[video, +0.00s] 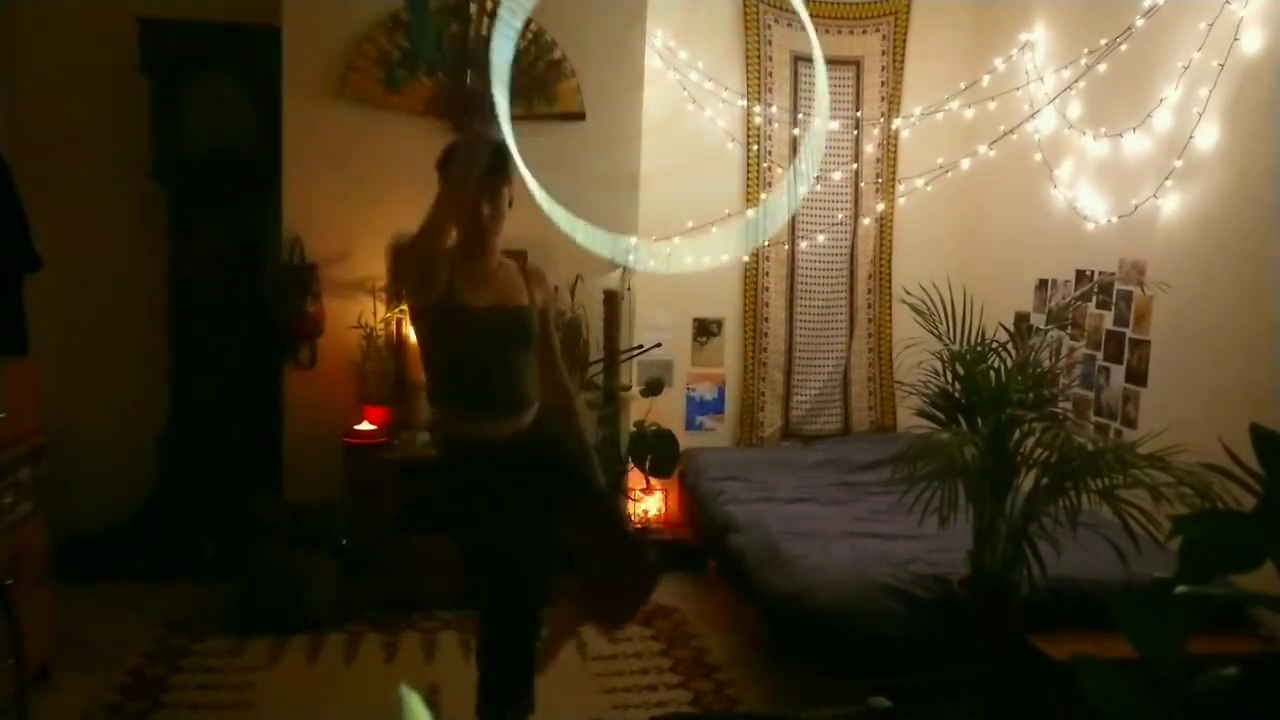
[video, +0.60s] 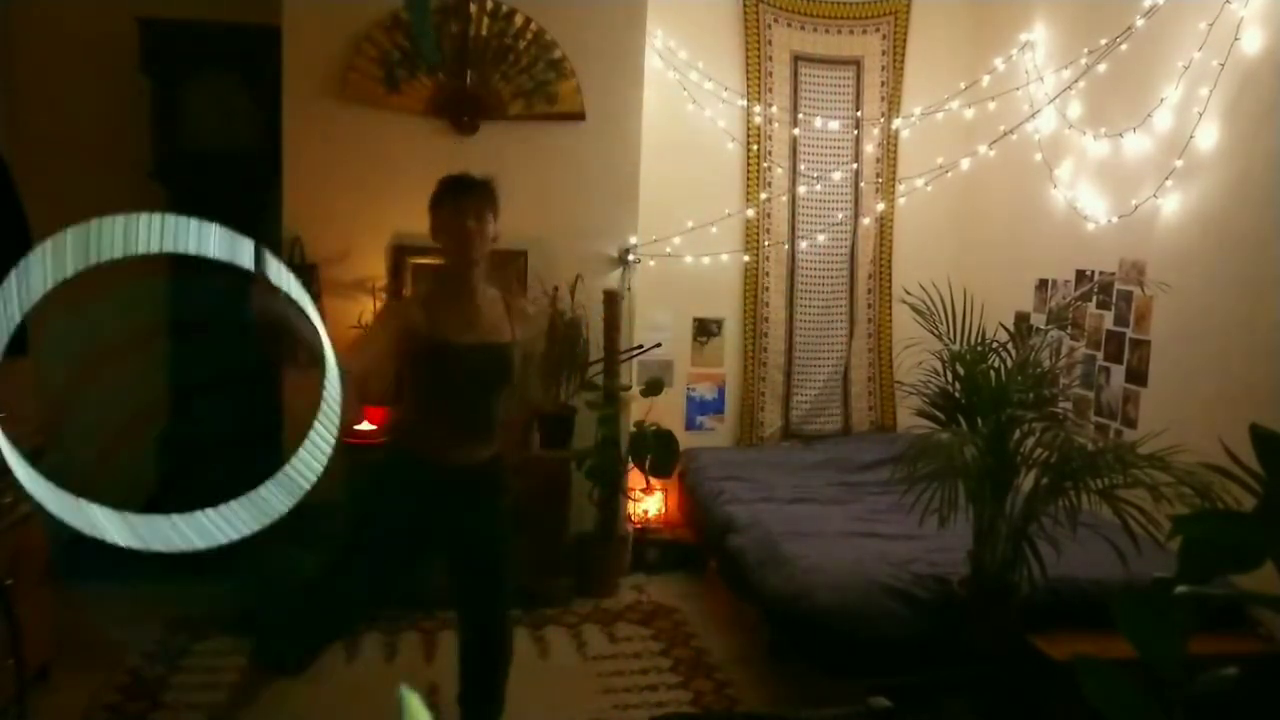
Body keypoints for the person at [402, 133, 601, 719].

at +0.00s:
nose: (487, 210)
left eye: (498, 196)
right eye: (476, 194)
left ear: (511, 202)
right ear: (452, 195)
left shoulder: (527, 274)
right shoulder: (427, 270)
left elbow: (555, 375)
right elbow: (417, 283)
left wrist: (585, 460)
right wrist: (447, 193)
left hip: (531, 452)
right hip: (467, 456)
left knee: (525, 596)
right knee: (497, 599)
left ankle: (510, 706)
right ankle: (503, 707)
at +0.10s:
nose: (484, 211)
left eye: (493, 197)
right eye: (470, 197)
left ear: (508, 201)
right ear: (443, 203)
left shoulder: (523, 285)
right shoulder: (421, 279)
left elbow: (549, 389)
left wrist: (577, 479)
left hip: (527, 457)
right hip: (463, 461)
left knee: (520, 603)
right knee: (487, 601)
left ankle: (512, 705)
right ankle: (495, 708)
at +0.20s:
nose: (479, 215)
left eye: (488, 201)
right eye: (465, 202)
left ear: (502, 205)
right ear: (441, 206)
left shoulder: (530, 283)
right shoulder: (425, 289)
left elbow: (561, 363)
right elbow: (463, 340)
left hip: (525, 457)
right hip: (460, 461)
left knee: (523, 606)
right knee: (483, 602)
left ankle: (507, 707)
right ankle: (488, 707)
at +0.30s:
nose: (483, 211)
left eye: (491, 198)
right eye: (468, 200)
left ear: (508, 205)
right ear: (447, 214)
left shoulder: (545, 287)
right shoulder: (433, 286)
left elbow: (552, 380)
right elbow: (456, 373)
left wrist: (549, 458)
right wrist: (510, 442)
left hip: (525, 461)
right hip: (455, 458)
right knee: (455, 595)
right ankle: (449, 699)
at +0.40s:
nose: (487, 211)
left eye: (495, 198)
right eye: (472, 202)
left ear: (513, 210)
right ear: (452, 219)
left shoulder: (543, 298)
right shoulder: (442, 296)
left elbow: (547, 393)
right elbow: (444, 415)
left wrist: (544, 459)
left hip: (517, 468)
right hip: (457, 467)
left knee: (492, 606)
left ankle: (470, 702)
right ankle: (379, 691)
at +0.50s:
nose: (488, 217)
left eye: (497, 205)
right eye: (473, 207)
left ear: (512, 219)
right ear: (449, 222)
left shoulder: (530, 303)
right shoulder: (433, 301)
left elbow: (529, 392)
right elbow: (408, 400)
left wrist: (530, 451)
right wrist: (370, 445)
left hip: (501, 471)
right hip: (440, 467)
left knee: (491, 604)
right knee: (427, 599)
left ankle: (477, 708)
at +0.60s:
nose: (470, 232)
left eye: (480, 219)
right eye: (457, 219)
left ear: (494, 229)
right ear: (436, 229)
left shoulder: (504, 311)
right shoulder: (410, 313)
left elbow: (519, 394)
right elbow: (356, 377)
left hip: (483, 479)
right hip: (414, 476)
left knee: (488, 619)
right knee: (358, 590)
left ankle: (482, 712)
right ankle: (267, 668)